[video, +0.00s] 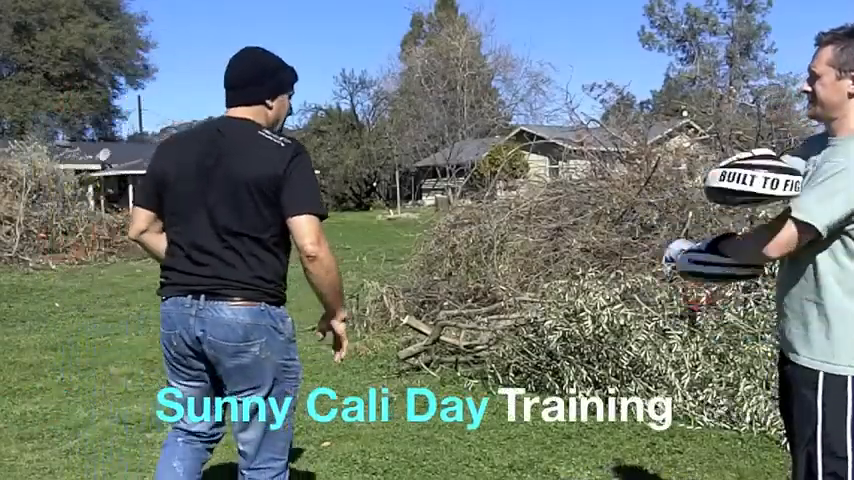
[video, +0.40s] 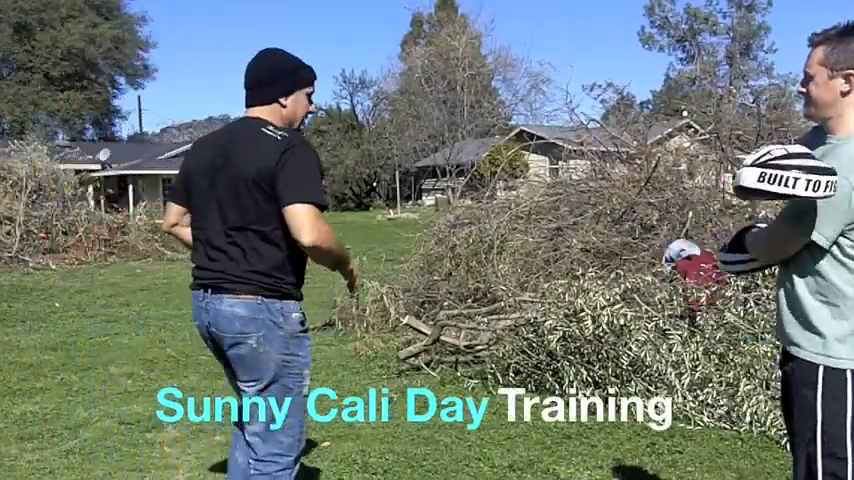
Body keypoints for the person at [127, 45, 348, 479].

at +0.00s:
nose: (289, 105)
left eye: (289, 95)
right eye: (288, 95)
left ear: (232, 93)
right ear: (270, 96)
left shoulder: (175, 146)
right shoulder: (285, 152)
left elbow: (141, 227)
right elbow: (311, 247)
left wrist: (192, 260)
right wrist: (334, 310)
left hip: (178, 314)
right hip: (247, 319)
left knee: (189, 431)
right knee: (263, 457)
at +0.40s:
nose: (310, 105)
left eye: (310, 95)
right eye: (307, 95)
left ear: (263, 95)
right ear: (282, 96)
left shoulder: (205, 146)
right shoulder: (288, 146)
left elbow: (175, 220)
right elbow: (310, 235)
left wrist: (223, 249)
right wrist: (344, 262)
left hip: (209, 306)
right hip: (261, 311)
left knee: (253, 421)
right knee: (276, 447)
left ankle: (244, 472)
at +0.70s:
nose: (321, 106)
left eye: (320, 97)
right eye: (315, 96)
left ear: (274, 100)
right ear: (285, 98)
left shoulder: (231, 150)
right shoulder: (281, 147)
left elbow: (211, 221)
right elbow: (290, 226)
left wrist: (265, 241)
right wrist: (340, 241)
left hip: (233, 303)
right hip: (264, 307)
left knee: (277, 429)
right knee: (284, 444)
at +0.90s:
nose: (324, 110)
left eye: (323, 100)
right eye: (316, 100)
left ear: (285, 106)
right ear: (285, 104)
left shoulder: (280, 152)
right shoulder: (265, 150)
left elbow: (277, 225)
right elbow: (267, 228)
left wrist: (317, 251)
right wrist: (330, 229)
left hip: (279, 303)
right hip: (259, 305)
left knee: (294, 433)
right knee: (290, 440)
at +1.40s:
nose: (321, 104)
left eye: (322, 96)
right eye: (310, 96)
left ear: (321, 100)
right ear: (279, 101)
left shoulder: (318, 158)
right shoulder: (243, 146)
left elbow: (337, 225)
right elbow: (231, 218)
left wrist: (368, 207)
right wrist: (302, 197)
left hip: (309, 305)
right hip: (257, 302)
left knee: (310, 423)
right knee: (275, 420)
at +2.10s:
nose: (301, 110)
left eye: (303, 101)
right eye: (289, 104)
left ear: (306, 104)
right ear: (260, 111)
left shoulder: (320, 157)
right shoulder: (226, 162)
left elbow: (336, 213)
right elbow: (211, 237)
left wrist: (343, 223)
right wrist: (275, 207)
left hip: (323, 306)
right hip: (258, 311)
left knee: (365, 394)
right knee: (256, 432)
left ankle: (338, 474)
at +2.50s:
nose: (313, 105)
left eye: (314, 96)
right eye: (302, 97)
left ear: (316, 99)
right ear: (274, 104)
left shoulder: (330, 151)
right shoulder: (244, 156)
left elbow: (351, 210)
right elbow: (216, 234)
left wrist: (361, 217)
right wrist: (277, 208)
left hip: (336, 302)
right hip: (272, 306)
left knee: (377, 410)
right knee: (262, 429)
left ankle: (383, 476)